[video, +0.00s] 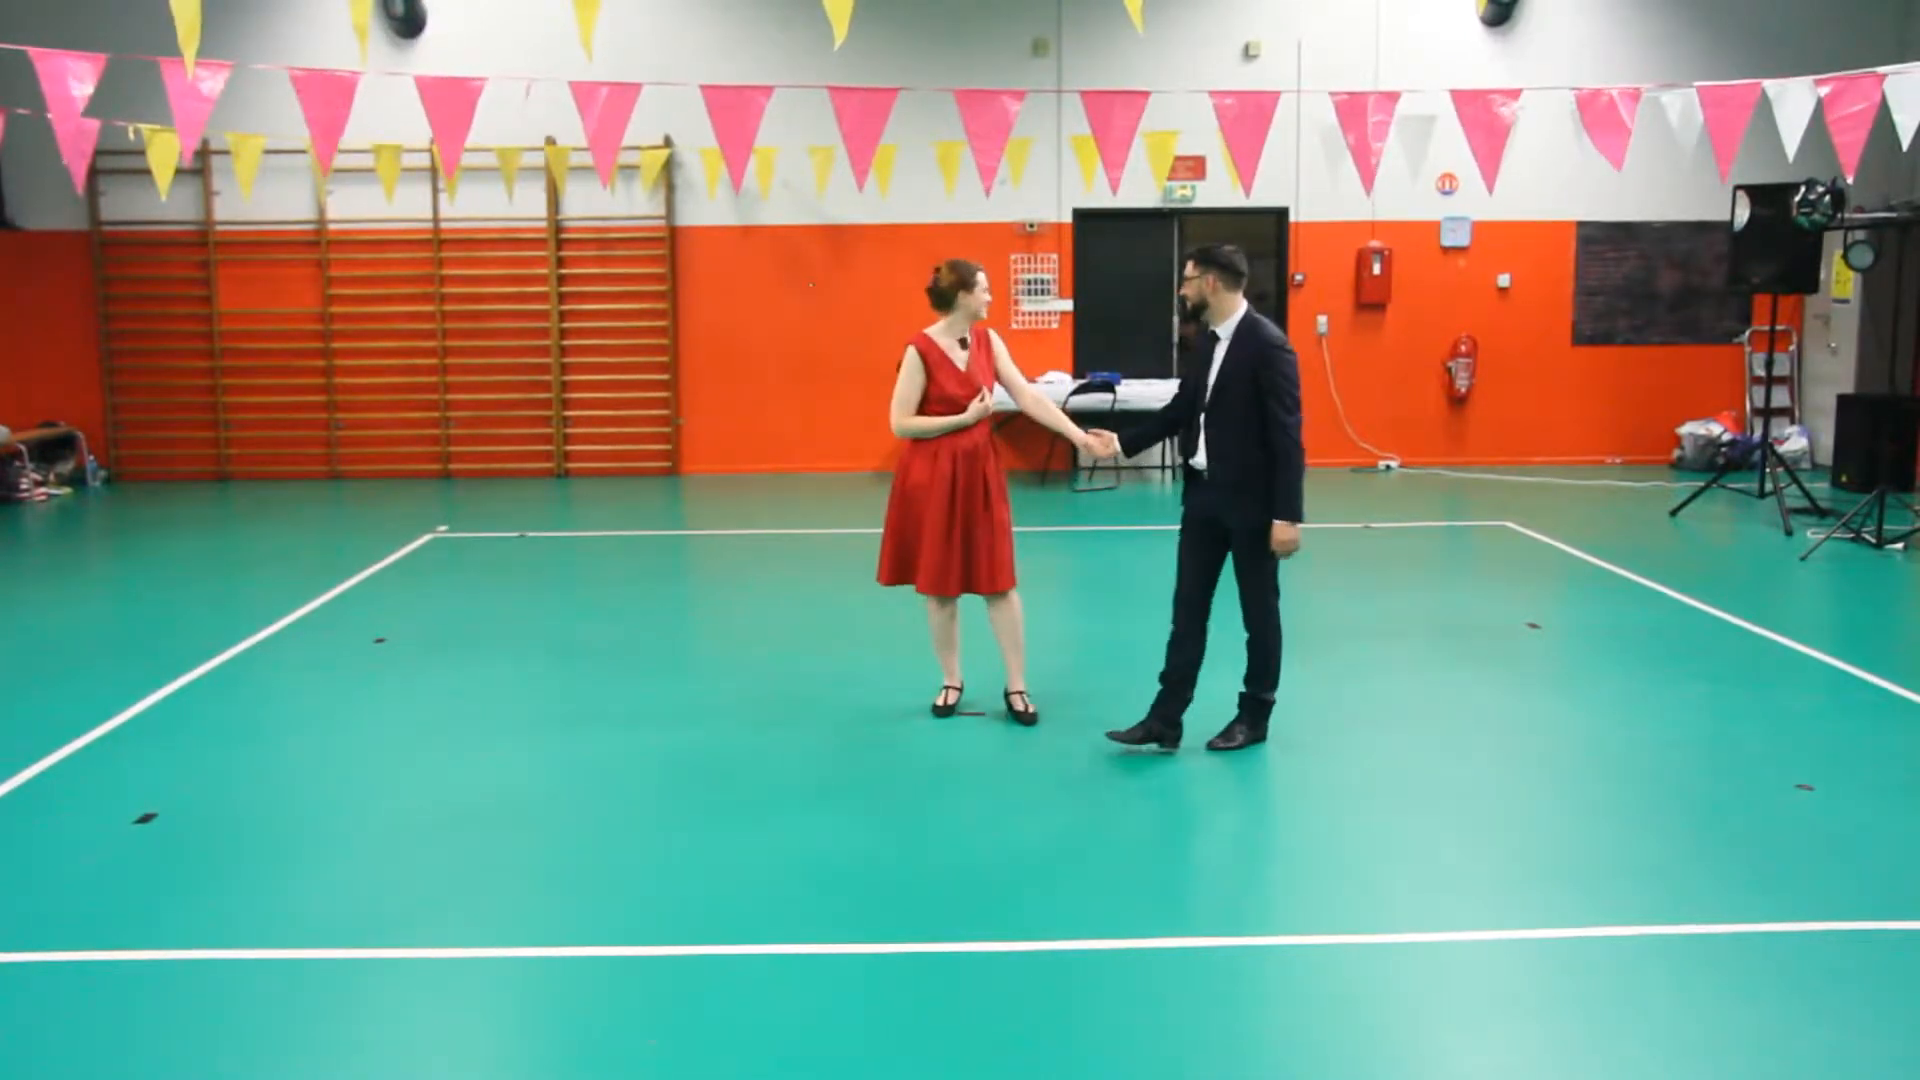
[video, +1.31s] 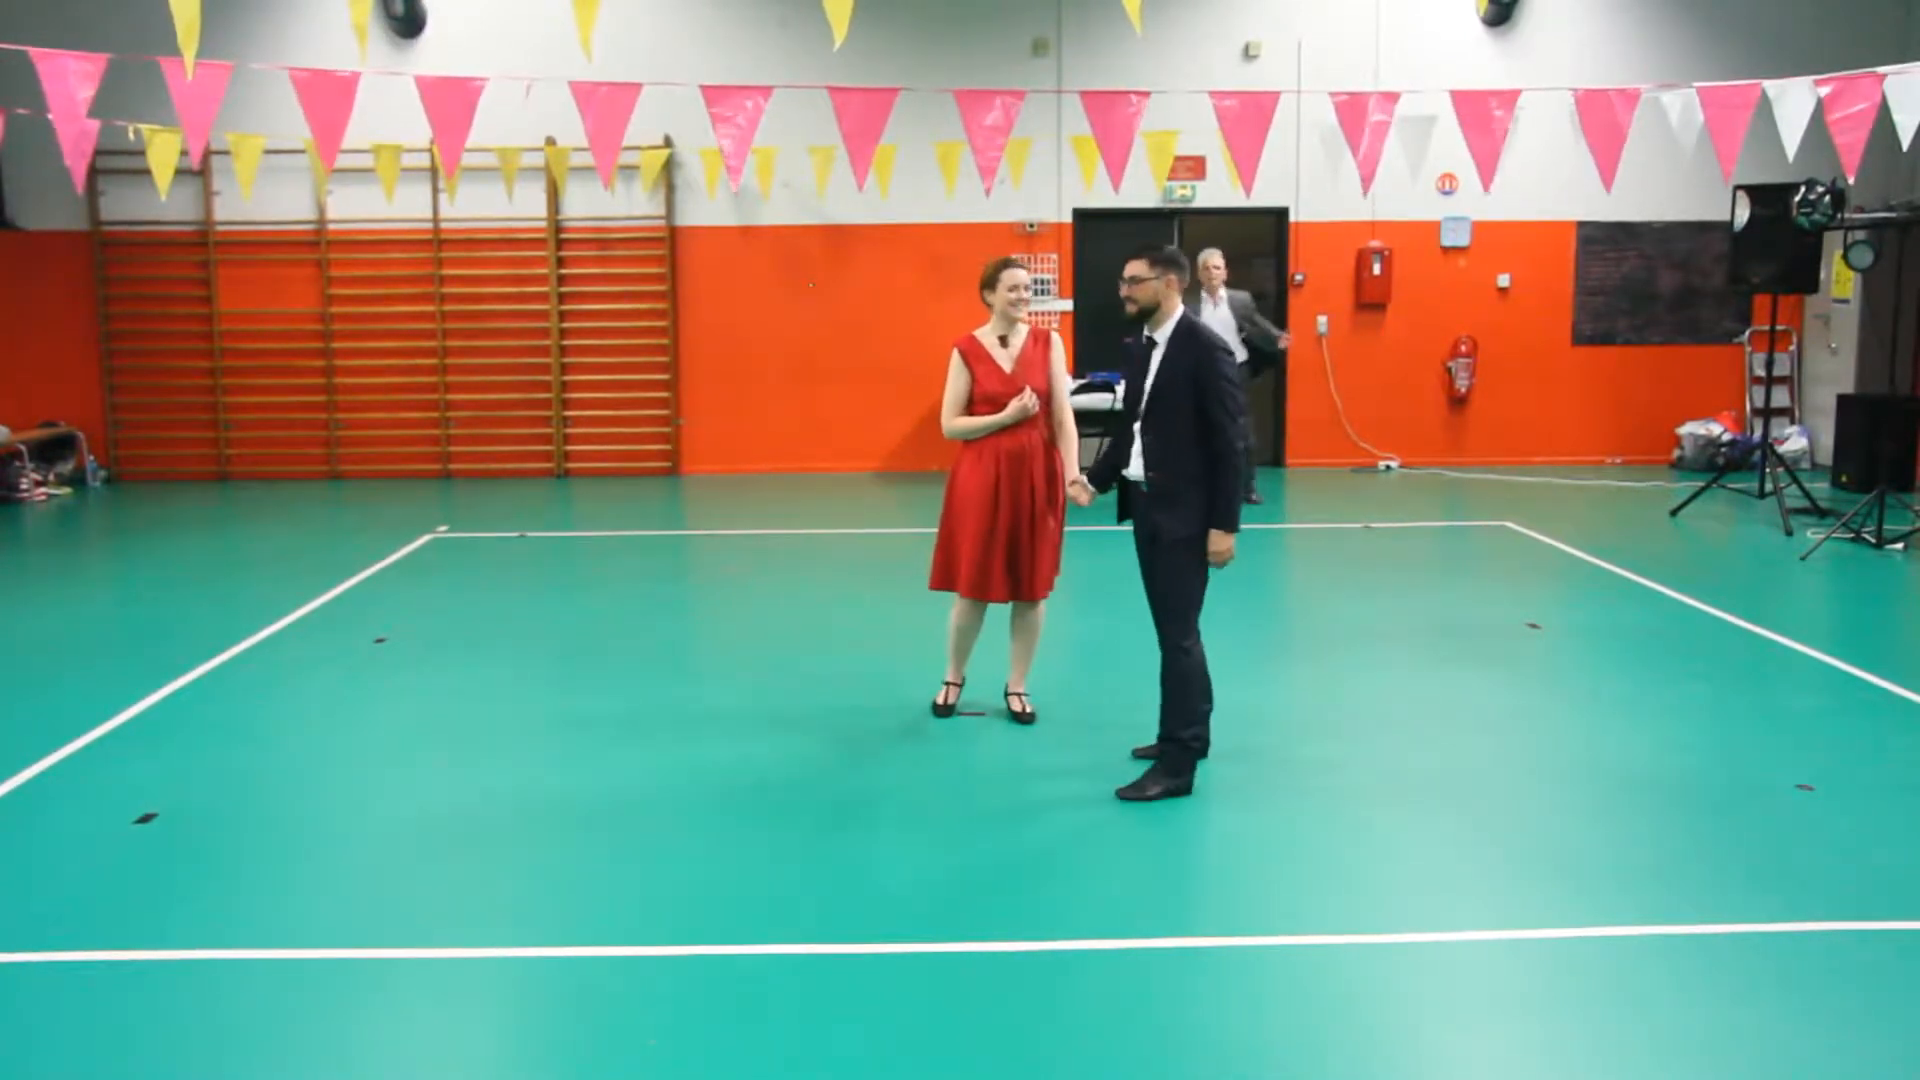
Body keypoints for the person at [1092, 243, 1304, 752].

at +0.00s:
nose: (1182, 290)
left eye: (1188, 280)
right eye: (1183, 281)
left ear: (1213, 282)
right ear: (1211, 284)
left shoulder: (1269, 345)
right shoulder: (1204, 341)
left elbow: (1287, 432)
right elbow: (1181, 411)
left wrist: (1287, 513)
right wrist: (1121, 443)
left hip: (1253, 499)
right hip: (1204, 494)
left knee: (1260, 617)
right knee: (1188, 612)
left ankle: (1254, 718)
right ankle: (1165, 721)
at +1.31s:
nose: (1125, 291)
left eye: (1136, 281)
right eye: (1124, 282)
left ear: (1171, 283)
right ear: (1144, 288)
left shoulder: (1206, 349)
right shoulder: (1140, 345)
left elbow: (1230, 441)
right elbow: (1131, 423)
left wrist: (1224, 523)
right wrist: (1098, 478)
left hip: (1184, 507)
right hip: (1146, 502)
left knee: (1179, 636)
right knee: (1173, 631)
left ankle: (1178, 763)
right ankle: (1185, 732)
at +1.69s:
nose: (1115, 284)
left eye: (1124, 274)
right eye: (1117, 275)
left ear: (1155, 280)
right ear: (1151, 281)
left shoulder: (1186, 343)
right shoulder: (1155, 334)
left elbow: (1185, 443)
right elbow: (1146, 426)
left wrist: (1148, 524)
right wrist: (1113, 464)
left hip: (1175, 516)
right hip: (1150, 507)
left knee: (1171, 634)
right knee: (1149, 624)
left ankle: (1178, 764)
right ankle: (1178, 730)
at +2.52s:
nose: (1125, 286)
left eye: (1127, 278)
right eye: (1130, 277)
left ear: (1137, 282)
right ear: (1180, 280)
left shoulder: (1166, 351)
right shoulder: (1195, 336)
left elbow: (1152, 456)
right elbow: (1148, 411)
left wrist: (1095, 508)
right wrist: (1073, 398)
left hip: (1165, 519)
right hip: (1187, 511)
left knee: (1162, 637)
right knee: (1171, 629)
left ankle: (1179, 763)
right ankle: (1182, 737)